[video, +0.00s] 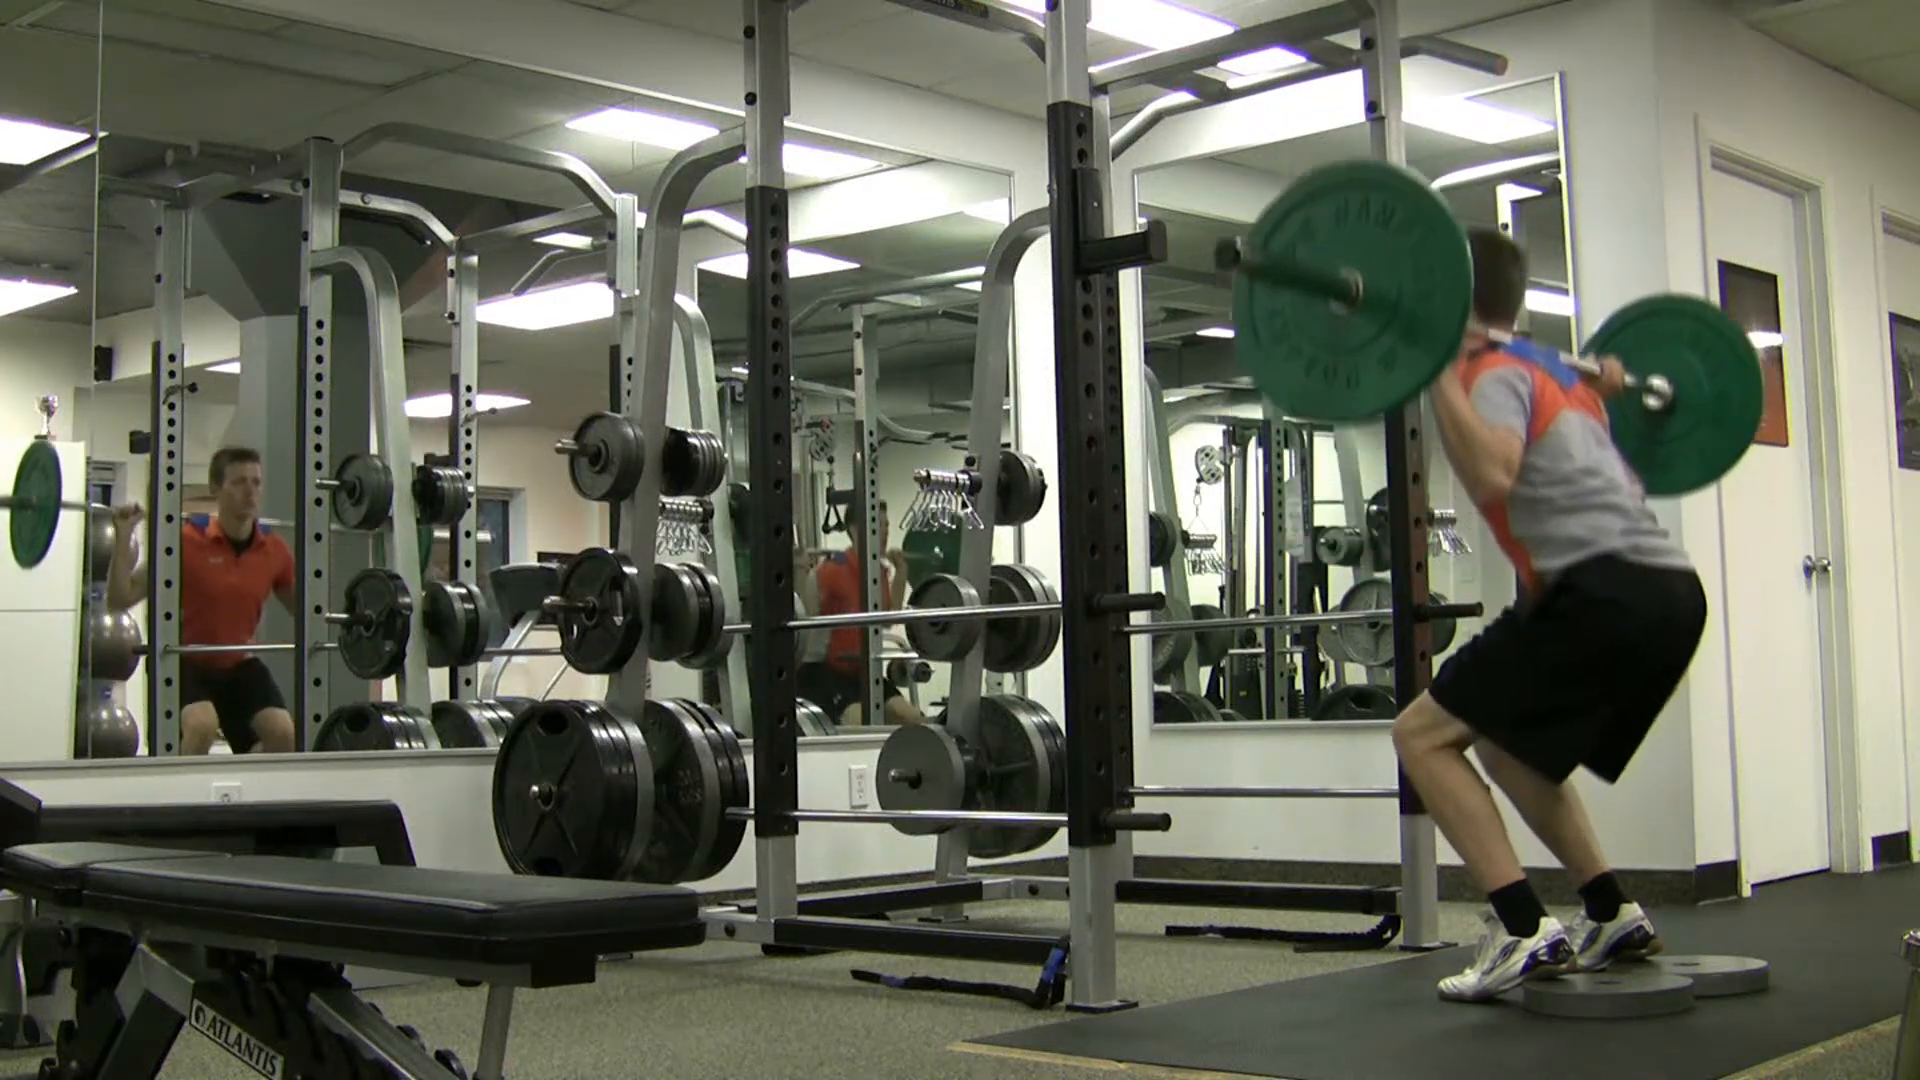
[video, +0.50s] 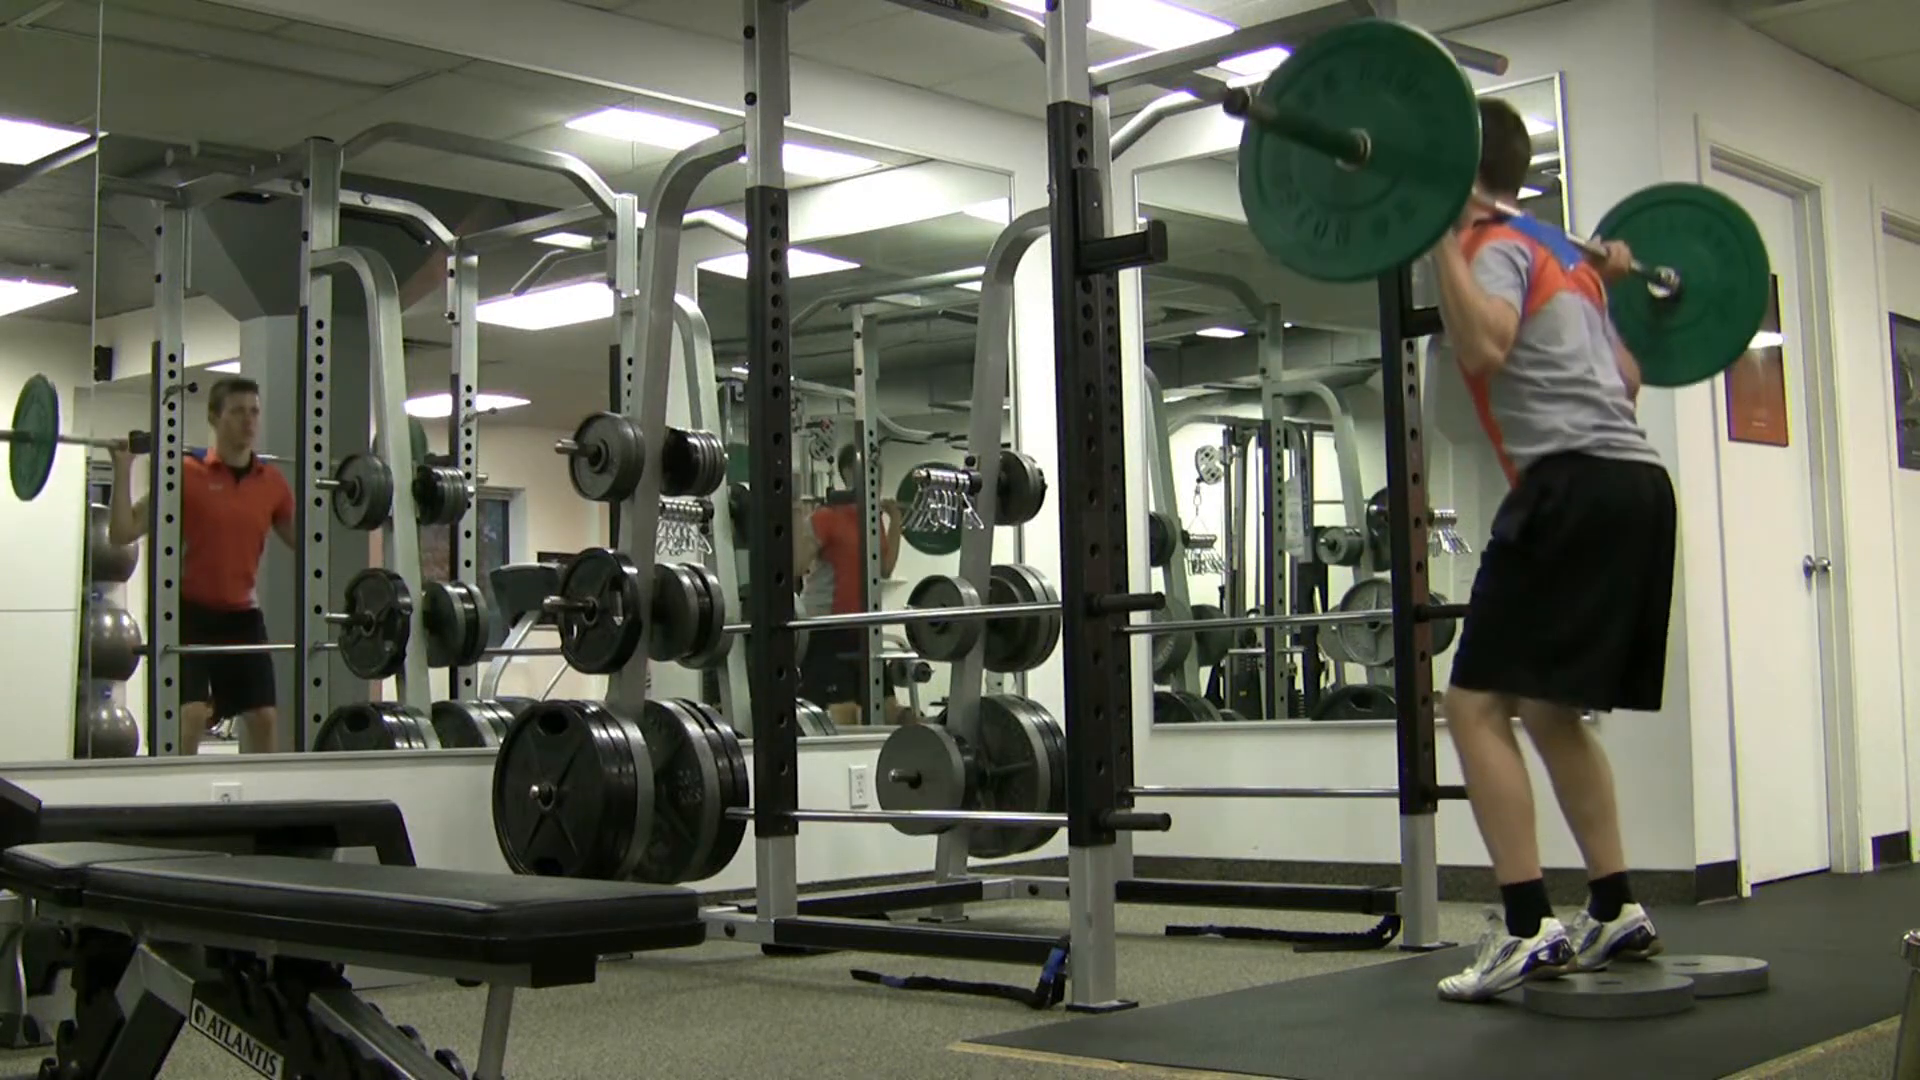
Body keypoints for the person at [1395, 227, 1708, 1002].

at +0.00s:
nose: (1435, 321)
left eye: (1438, 305)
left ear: (1453, 307)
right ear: (1514, 307)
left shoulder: (1496, 370)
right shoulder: (1555, 373)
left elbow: (1494, 477)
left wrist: (1440, 378)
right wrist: (1593, 382)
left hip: (1599, 590)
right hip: (1671, 593)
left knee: (1420, 735)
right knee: (1512, 750)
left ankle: (1522, 929)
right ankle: (1614, 913)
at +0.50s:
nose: (1439, 185)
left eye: (1444, 166)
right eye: (1448, 167)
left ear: (1464, 169)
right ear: (1521, 174)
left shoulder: (1498, 242)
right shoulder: (1567, 253)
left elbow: (1486, 347)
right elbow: (1625, 377)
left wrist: (1442, 243)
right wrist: (1606, 279)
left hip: (1570, 488)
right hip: (1636, 491)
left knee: (1471, 705)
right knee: (1550, 709)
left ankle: (1526, 928)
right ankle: (1616, 910)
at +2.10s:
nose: (1431, 297)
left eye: (1438, 281)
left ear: (1452, 288)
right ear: (1517, 291)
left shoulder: (1498, 359)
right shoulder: (1561, 363)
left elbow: (1493, 467)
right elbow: (1614, 459)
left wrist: (1442, 367)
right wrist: (1590, 373)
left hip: (1590, 583)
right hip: (1664, 591)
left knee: (1417, 735)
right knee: (1514, 747)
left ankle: (1522, 929)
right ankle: (1613, 912)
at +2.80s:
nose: (1431, 421)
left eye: (1436, 408)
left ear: (1446, 418)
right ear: (1521, 422)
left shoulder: (1497, 494)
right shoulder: (1564, 487)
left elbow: (1502, 610)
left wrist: (1437, 502)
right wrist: (1599, 497)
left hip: (1617, 699)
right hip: (1683, 710)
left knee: (1403, 750)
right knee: (1507, 777)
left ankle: (1523, 929)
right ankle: (1611, 913)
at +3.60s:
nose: (1429, 320)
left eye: (1432, 306)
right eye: (1429, 307)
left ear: (1449, 312)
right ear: (1513, 316)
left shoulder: (1493, 380)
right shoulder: (1558, 386)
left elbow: (1492, 490)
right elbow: (1617, 483)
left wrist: (1429, 389)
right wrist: (1593, 397)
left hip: (1601, 598)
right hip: (1672, 599)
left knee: (1421, 735)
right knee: (1512, 751)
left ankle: (1522, 927)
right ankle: (1614, 912)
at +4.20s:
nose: (1436, 189)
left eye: (1438, 172)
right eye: (1443, 174)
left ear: (1456, 176)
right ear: (1515, 180)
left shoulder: (1490, 248)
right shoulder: (1567, 260)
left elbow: (1479, 351)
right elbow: (1625, 383)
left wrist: (1429, 242)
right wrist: (1602, 279)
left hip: (1567, 489)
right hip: (1634, 491)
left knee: (1467, 705)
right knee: (1544, 710)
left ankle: (1526, 929)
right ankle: (1616, 910)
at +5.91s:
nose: (1431, 273)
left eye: (1436, 257)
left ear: (1448, 261)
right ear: (1514, 263)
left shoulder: (1488, 331)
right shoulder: (1560, 341)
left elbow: (1485, 441)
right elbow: (1625, 449)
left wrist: (1433, 335)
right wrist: (1594, 352)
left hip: (1581, 560)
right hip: (1651, 566)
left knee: (1423, 731)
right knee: (1514, 737)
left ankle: (1524, 928)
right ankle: (1613, 912)